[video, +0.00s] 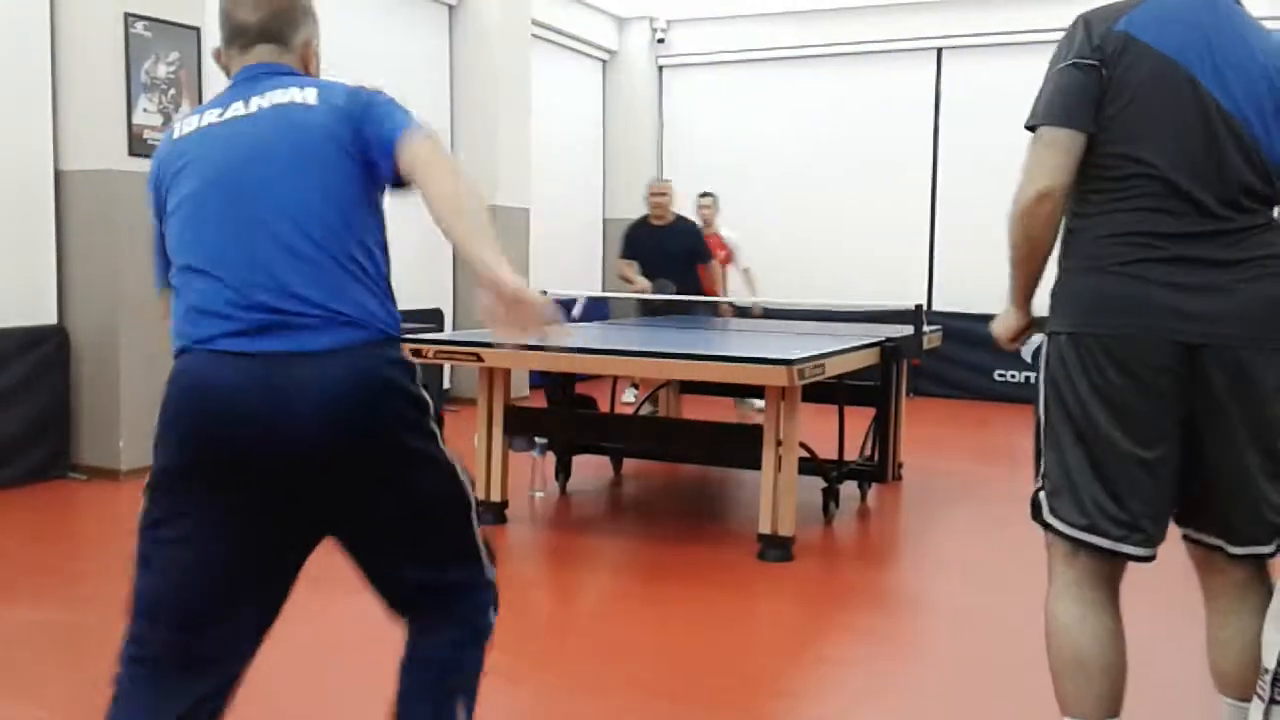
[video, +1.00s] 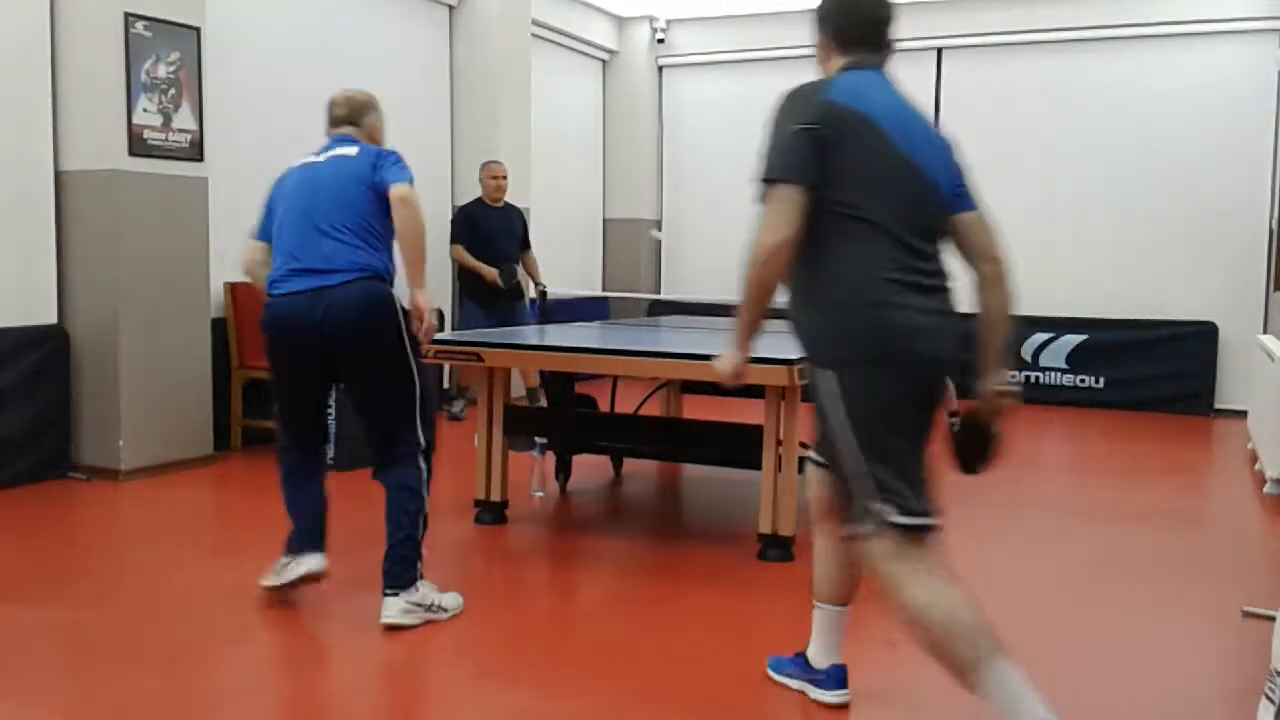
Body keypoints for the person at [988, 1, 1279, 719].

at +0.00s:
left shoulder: (1103, 31)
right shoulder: (1269, 49)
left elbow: (1042, 190)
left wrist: (1019, 301)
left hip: (1111, 330)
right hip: (1251, 335)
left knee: (1084, 565)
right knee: (1235, 557)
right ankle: (1244, 712)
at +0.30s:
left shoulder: (1061, 32)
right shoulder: (1207, 74)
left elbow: (1025, 187)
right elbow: (1234, 237)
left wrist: (974, 328)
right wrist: (1168, 312)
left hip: (1068, 343)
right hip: (1176, 350)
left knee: (1053, 568)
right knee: (1117, 547)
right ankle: (1163, 709)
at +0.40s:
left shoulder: (1042, 32)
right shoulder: (1180, 71)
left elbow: (1012, 185)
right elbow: (1213, 236)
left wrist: (965, 331)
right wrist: (1148, 321)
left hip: (1054, 335)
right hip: (1144, 344)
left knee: (1048, 564)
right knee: (1062, 550)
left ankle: (1073, 715)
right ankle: (1062, 703)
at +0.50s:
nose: (1005, 3)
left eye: (1009, 3)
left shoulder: (1018, 36)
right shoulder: (1151, 74)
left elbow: (992, 189)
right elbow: (1192, 235)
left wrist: (952, 334)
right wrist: (1139, 331)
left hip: (1033, 332)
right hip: (1117, 337)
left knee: (1039, 574)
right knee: (1005, 517)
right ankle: (985, 690)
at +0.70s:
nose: (942, 11)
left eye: (945, 3)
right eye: (944, 5)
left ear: (967, 0)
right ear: (1018, 4)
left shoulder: (958, 55)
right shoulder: (1078, 89)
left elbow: (939, 204)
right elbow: (1127, 240)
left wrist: (898, 344)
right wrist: (1128, 363)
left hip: (985, 340)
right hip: (1059, 339)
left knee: (1012, 568)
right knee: (925, 482)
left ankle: (1069, 714)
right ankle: (864, 653)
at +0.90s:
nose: (860, 36)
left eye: (863, 25)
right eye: (865, 26)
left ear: (876, 25)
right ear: (935, 27)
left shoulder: (869, 89)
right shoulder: (976, 116)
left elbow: (838, 229)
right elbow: (1039, 252)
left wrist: (795, 348)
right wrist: (1062, 365)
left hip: (909, 345)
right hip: (975, 343)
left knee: (971, 565)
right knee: (853, 488)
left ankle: (1057, 713)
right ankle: (829, 664)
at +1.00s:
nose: (814, 50)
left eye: (816, 38)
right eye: (825, 37)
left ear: (823, 43)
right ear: (886, 46)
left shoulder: (810, 106)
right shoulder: (923, 129)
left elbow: (778, 239)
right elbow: (989, 260)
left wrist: (739, 345)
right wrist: (993, 377)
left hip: (855, 348)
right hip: (925, 344)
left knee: (892, 551)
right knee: (831, 493)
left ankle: (1028, 707)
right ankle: (822, 662)